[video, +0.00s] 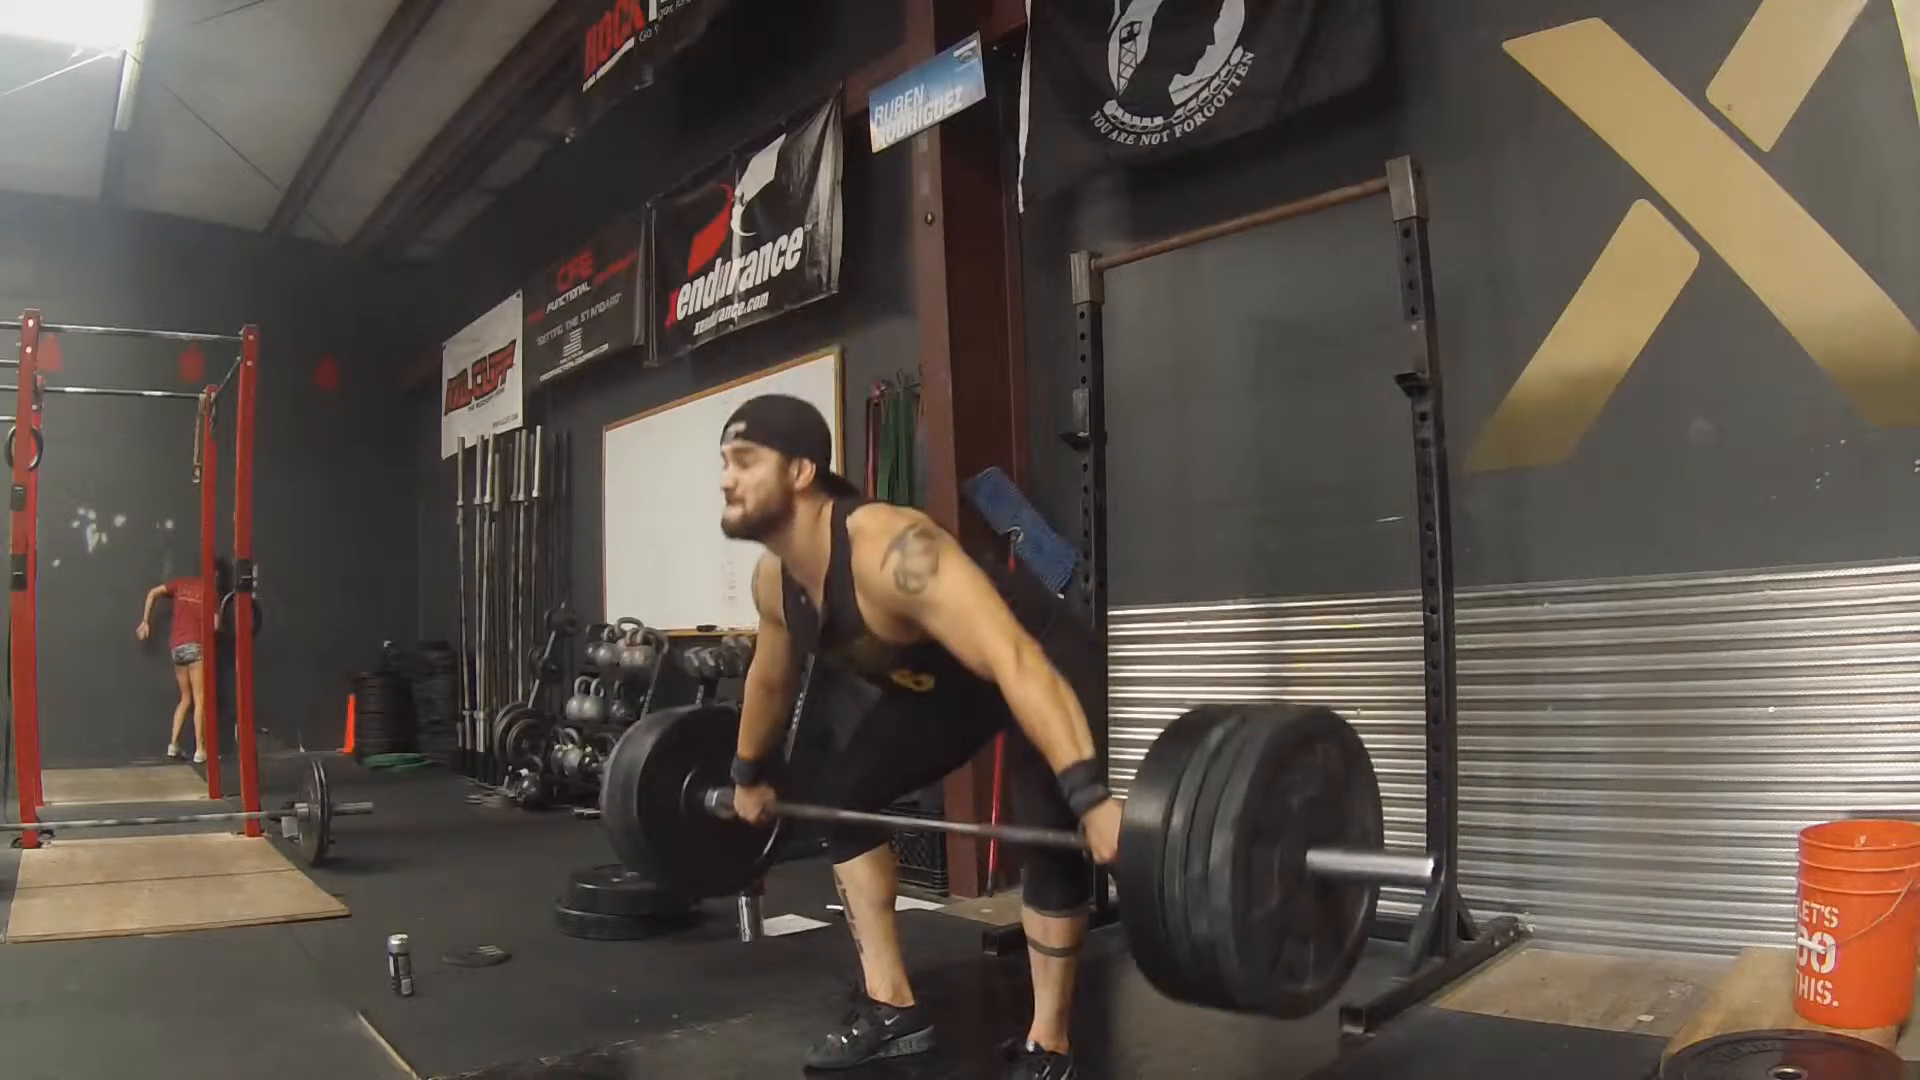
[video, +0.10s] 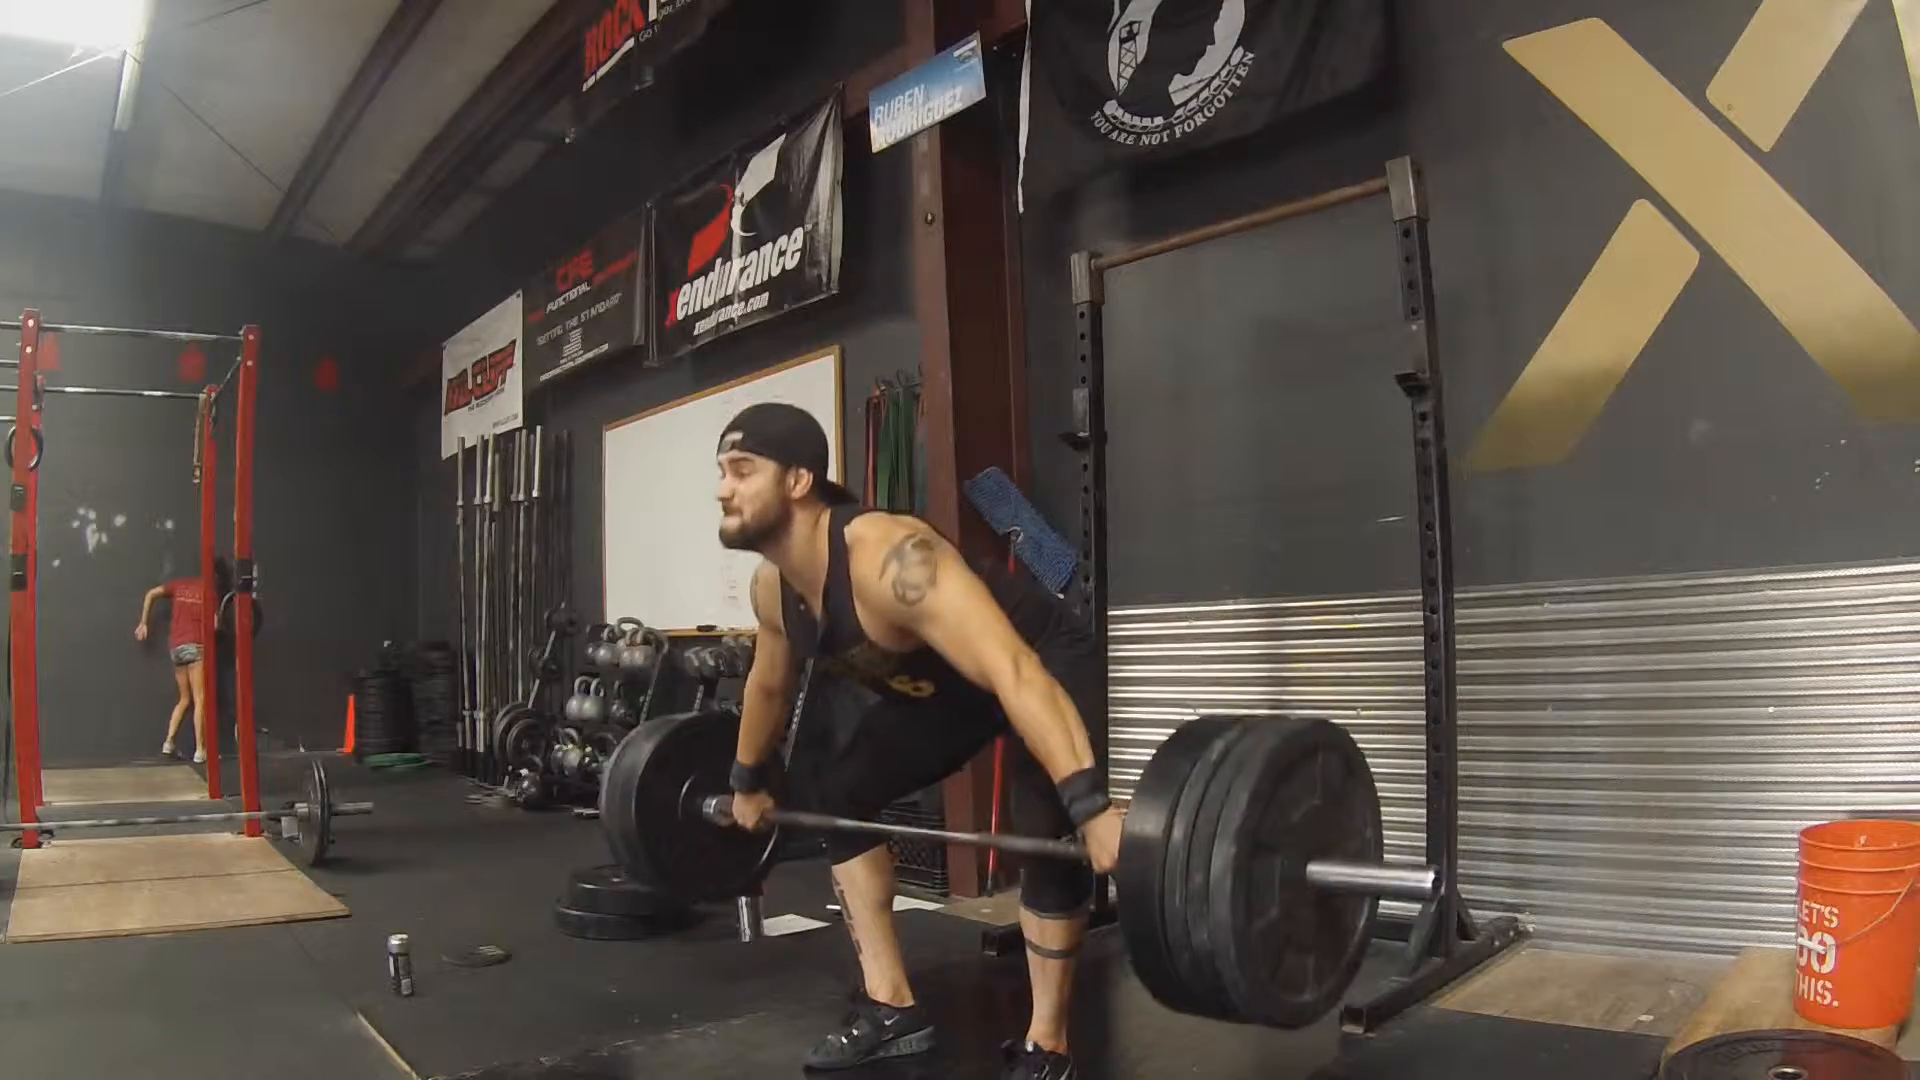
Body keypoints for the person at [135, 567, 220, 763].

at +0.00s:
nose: (218, 580)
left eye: (217, 576)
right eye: (218, 576)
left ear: (203, 571)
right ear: (215, 575)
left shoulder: (181, 584)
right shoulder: (212, 592)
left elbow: (153, 592)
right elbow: (215, 624)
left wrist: (145, 621)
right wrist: (213, 609)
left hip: (176, 643)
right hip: (196, 643)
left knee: (185, 698)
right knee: (199, 699)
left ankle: (173, 744)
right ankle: (200, 749)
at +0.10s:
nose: (223, 582)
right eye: (223, 578)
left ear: (204, 571)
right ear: (218, 575)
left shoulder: (181, 585)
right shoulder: (212, 591)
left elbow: (151, 593)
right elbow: (215, 624)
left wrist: (143, 622)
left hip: (176, 644)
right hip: (196, 643)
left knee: (183, 698)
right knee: (199, 698)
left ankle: (169, 742)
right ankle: (200, 749)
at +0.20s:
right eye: (210, 578)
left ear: (194, 574)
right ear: (209, 576)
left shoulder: (178, 586)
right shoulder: (208, 592)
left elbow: (149, 596)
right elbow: (215, 622)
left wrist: (141, 625)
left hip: (176, 645)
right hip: (196, 644)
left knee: (181, 699)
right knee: (200, 699)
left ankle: (165, 741)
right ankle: (200, 750)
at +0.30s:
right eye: (209, 579)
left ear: (193, 574)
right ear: (207, 577)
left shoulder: (174, 586)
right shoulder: (206, 592)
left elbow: (147, 598)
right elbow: (213, 621)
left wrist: (139, 628)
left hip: (174, 646)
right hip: (194, 645)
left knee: (178, 701)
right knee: (201, 701)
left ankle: (164, 745)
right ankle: (200, 750)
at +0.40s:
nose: (207, 583)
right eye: (208, 579)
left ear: (192, 575)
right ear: (205, 577)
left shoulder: (172, 587)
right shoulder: (205, 592)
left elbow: (146, 601)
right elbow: (211, 620)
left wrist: (139, 632)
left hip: (172, 647)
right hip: (193, 646)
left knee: (175, 702)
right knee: (201, 701)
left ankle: (164, 749)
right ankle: (200, 750)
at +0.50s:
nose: (206, 584)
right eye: (206, 580)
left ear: (192, 575)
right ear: (203, 577)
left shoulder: (171, 587)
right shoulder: (203, 592)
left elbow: (147, 603)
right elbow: (207, 621)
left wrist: (141, 635)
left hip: (171, 647)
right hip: (192, 646)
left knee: (173, 702)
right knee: (199, 700)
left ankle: (163, 749)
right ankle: (200, 749)